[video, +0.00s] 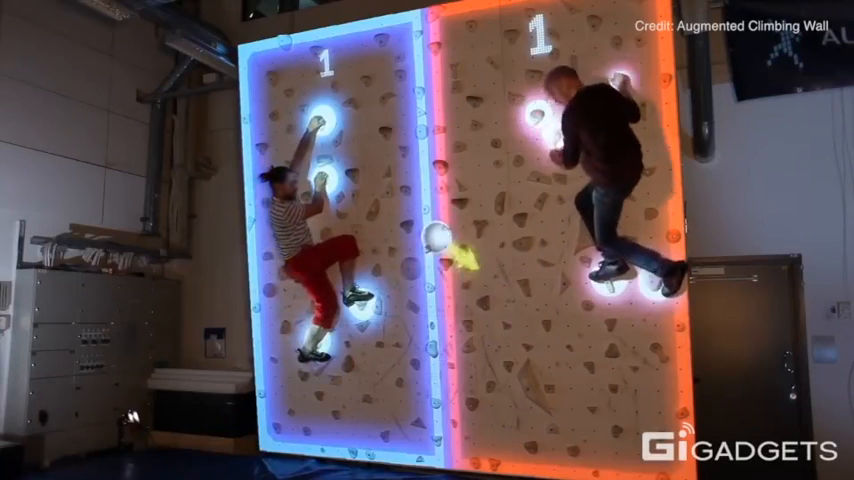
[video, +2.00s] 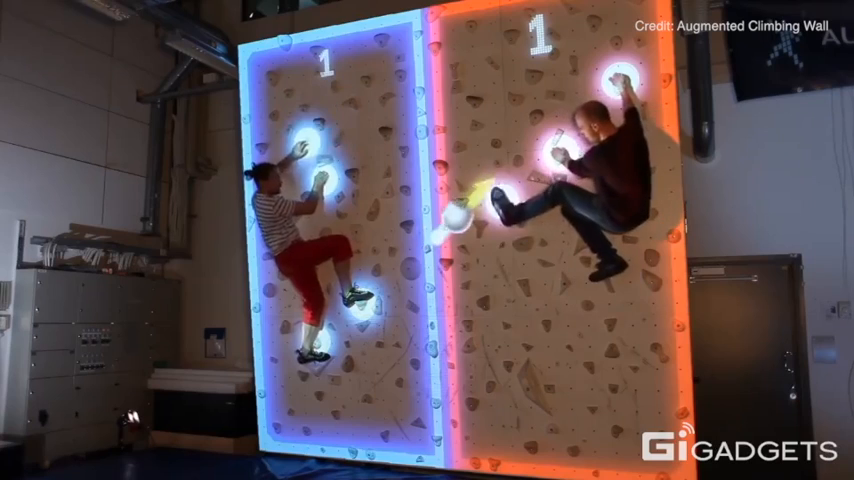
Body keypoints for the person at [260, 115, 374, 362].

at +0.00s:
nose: (295, 185)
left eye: (294, 181)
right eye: (291, 182)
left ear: (282, 186)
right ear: (279, 187)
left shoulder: (278, 203)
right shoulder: (286, 209)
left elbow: (297, 163)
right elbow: (318, 207)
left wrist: (310, 132)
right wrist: (321, 188)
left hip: (297, 263)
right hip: (304, 260)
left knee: (328, 306)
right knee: (346, 244)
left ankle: (309, 349)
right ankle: (350, 290)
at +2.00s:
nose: (280, 181)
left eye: (279, 177)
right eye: (276, 178)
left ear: (263, 182)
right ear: (265, 182)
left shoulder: (258, 198)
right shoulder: (273, 203)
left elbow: (276, 171)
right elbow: (309, 208)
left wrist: (293, 156)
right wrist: (318, 186)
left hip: (285, 259)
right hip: (295, 253)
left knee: (315, 300)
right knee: (339, 243)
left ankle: (306, 350)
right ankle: (348, 292)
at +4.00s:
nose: (290, 173)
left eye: (289, 170)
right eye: (286, 172)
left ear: (280, 172)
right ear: (276, 175)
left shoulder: (275, 184)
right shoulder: (284, 196)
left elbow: (294, 151)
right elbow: (315, 208)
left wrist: (311, 125)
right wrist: (320, 186)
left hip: (286, 249)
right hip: (297, 245)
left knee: (299, 297)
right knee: (341, 242)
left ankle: (304, 350)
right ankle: (349, 293)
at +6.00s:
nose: (283, 187)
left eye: (283, 182)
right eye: (278, 184)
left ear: (283, 180)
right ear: (268, 186)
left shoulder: (270, 193)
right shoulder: (277, 204)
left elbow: (292, 157)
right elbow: (308, 204)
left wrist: (309, 130)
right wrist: (320, 185)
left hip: (286, 253)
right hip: (292, 251)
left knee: (306, 300)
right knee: (337, 247)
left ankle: (305, 352)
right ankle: (345, 296)